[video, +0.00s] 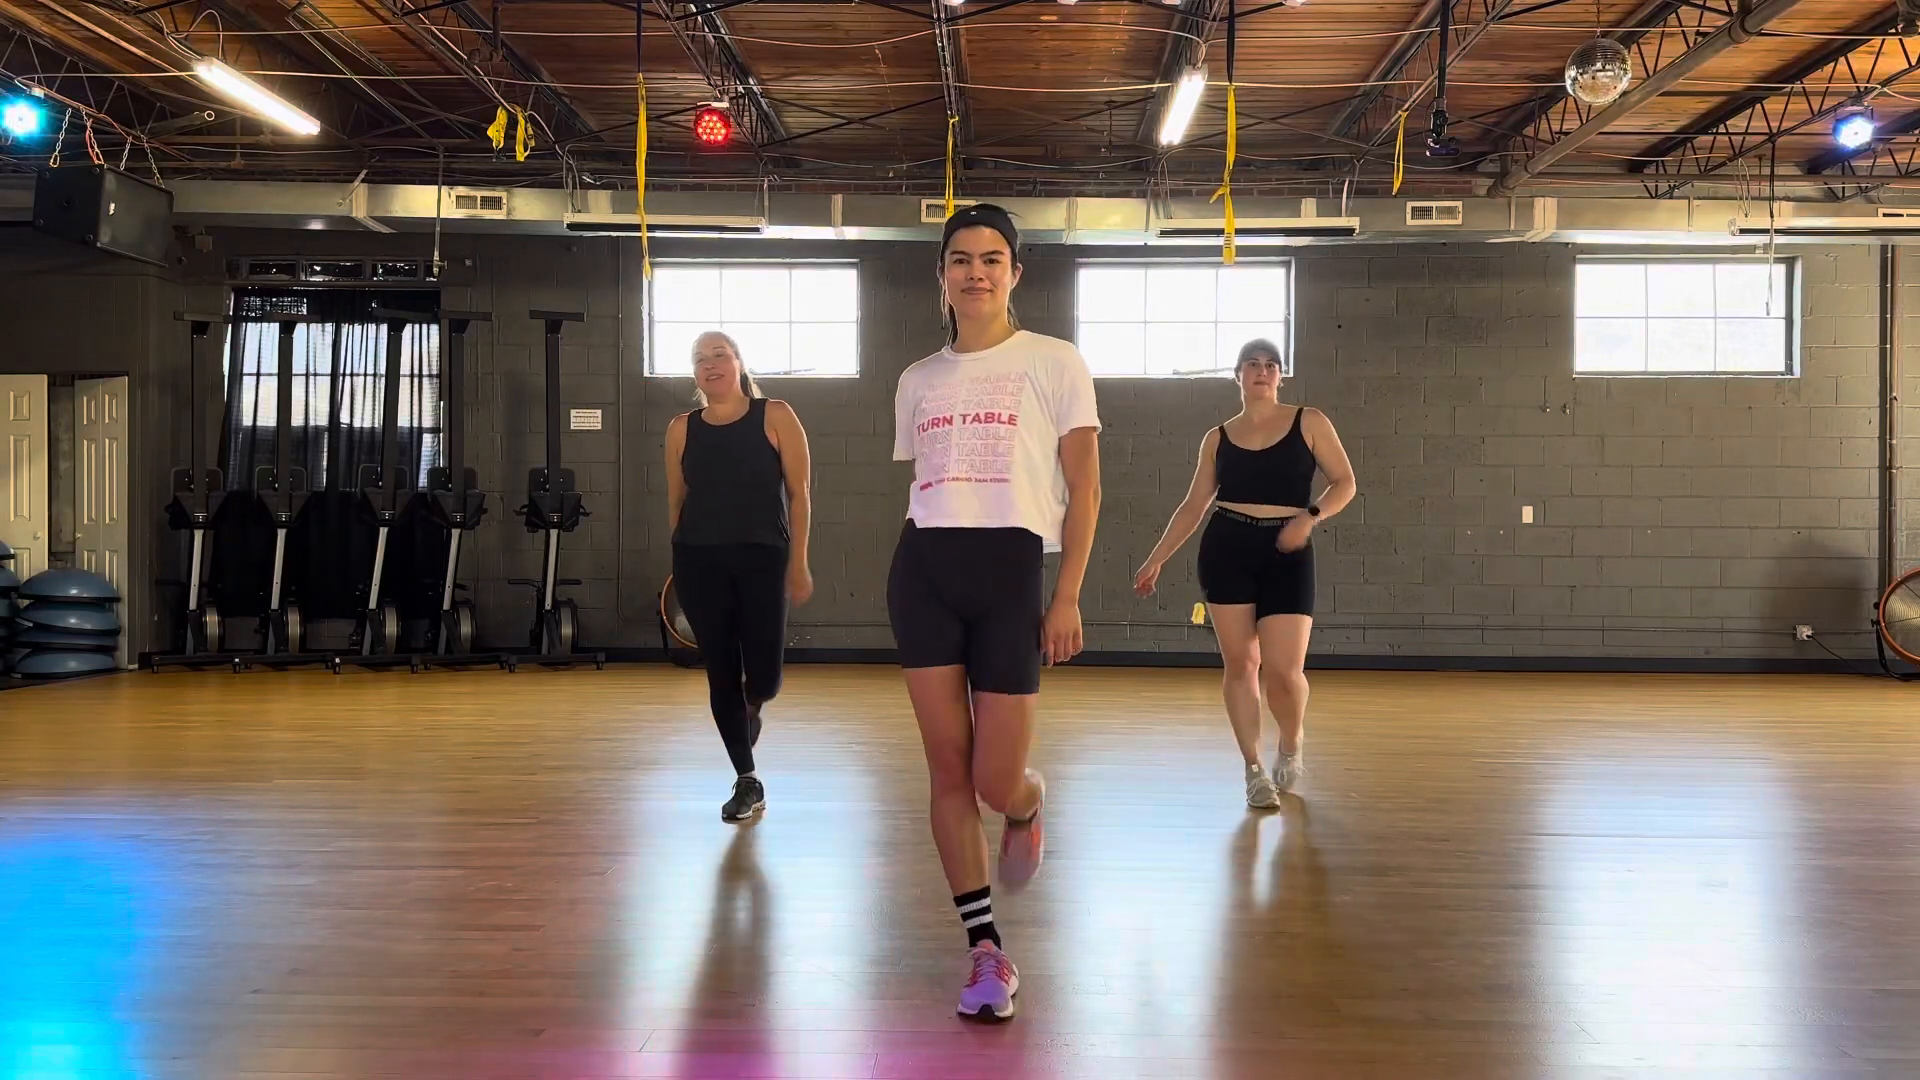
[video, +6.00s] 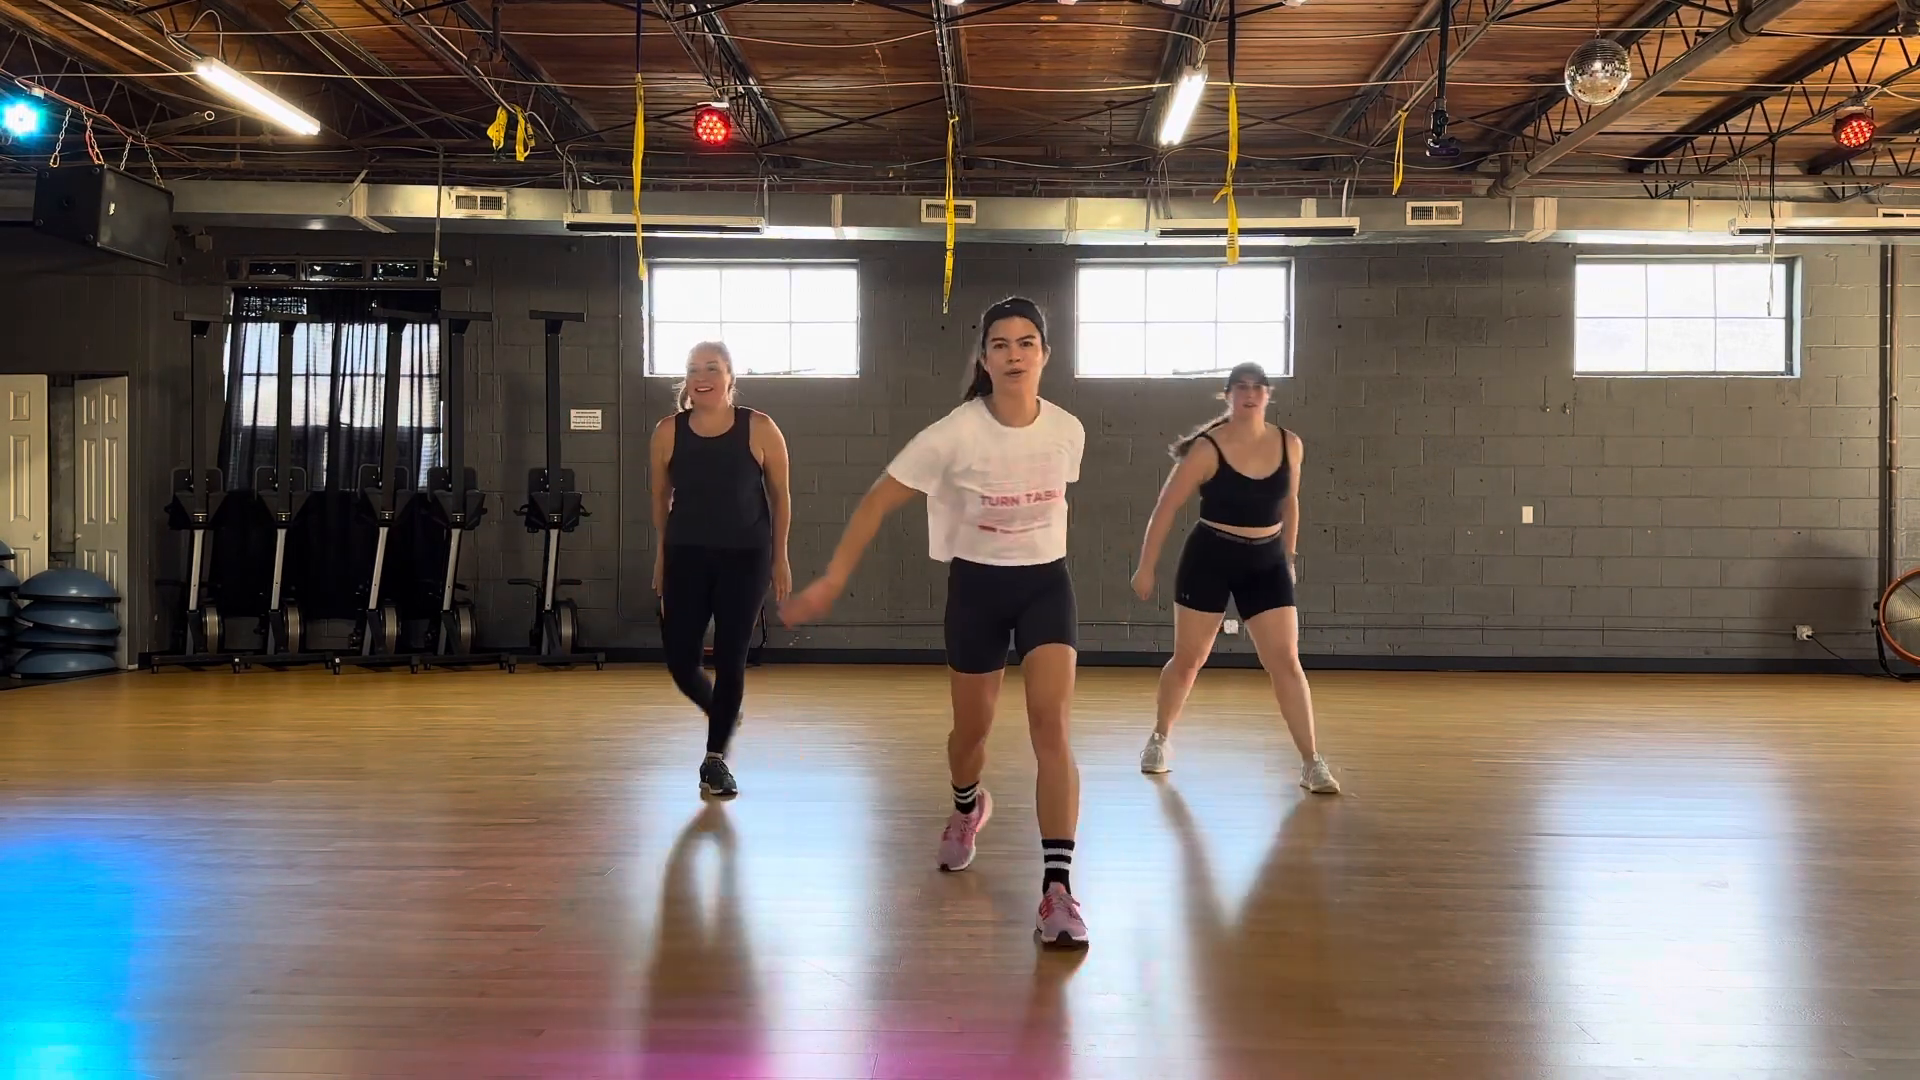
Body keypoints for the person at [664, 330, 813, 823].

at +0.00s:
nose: (713, 363)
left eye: (722, 355)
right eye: (704, 358)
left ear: (740, 365)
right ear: (694, 373)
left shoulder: (776, 416)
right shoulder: (681, 430)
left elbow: (799, 493)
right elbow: (677, 505)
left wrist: (799, 563)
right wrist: (677, 575)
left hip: (762, 561)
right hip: (700, 564)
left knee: (764, 678)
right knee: (722, 675)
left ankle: (751, 705)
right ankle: (746, 780)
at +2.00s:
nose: (708, 341)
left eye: (707, 329)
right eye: (705, 329)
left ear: (640, 329)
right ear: (686, 329)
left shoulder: (611, 396)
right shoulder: (682, 388)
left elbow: (584, 488)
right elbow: (681, 480)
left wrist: (584, 570)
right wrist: (710, 567)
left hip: (615, 569)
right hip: (667, 567)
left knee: (690, 678)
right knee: (643, 711)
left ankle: (669, 810)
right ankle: (600, 859)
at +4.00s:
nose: (693, 359)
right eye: (695, 350)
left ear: (647, 354)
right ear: (696, 356)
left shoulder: (607, 410)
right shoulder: (709, 417)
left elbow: (581, 482)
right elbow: (711, 494)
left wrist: (559, 550)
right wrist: (709, 571)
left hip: (612, 565)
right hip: (674, 565)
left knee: (670, 639)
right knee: (654, 682)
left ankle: (672, 748)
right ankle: (623, 802)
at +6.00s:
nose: (700, 377)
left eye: (711, 369)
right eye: (694, 370)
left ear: (731, 379)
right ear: (685, 380)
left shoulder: (760, 429)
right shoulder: (667, 434)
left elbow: (780, 498)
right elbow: (660, 502)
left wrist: (781, 558)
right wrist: (661, 562)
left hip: (745, 561)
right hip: (686, 560)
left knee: (730, 660)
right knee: (681, 664)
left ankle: (715, 758)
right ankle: (722, 709)